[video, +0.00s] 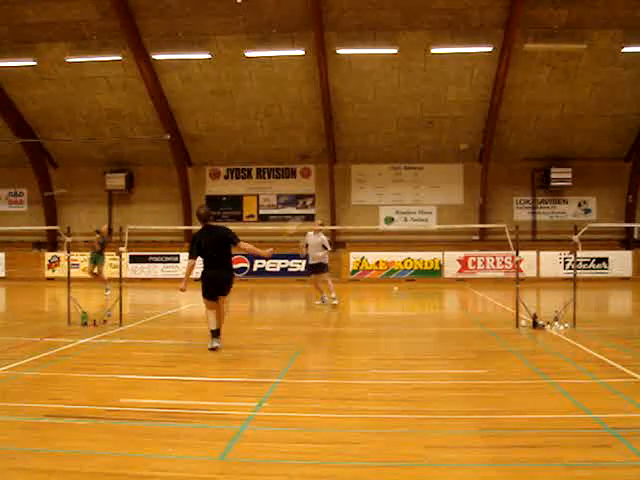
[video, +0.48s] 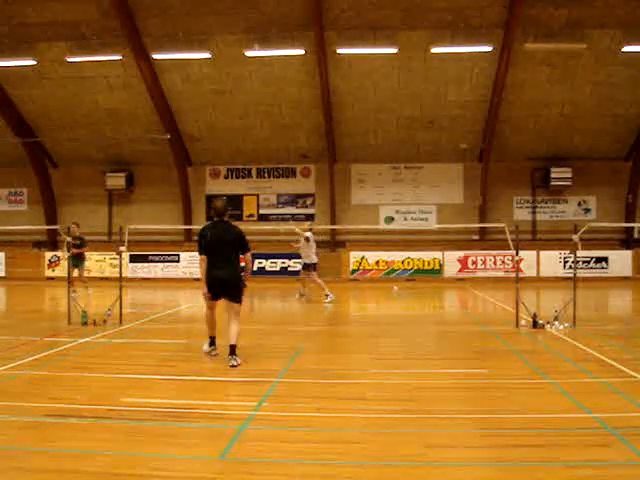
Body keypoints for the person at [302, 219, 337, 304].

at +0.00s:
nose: (316, 227)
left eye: (318, 225)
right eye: (315, 225)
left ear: (321, 227)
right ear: (313, 226)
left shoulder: (322, 238)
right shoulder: (309, 235)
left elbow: (329, 249)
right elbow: (305, 244)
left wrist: (321, 254)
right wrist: (304, 252)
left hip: (322, 261)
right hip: (312, 261)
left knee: (326, 278)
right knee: (314, 281)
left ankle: (333, 296)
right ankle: (322, 296)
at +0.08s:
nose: (313, 224)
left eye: (316, 223)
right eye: (313, 222)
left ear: (319, 225)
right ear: (312, 223)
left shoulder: (320, 234)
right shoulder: (309, 232)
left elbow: (325, 247)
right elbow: (306, 242)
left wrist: (315, 251)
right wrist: (306, 248)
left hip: (320, 259)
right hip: (311, 259)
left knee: (324, 277)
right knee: (314, 279)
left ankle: (332, 295)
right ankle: (323, 296)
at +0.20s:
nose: (310, 223)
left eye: (312, 221)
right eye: (311, 221)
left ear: (316, 223)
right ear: (311, 223)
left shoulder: (317, 233)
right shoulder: (310, 232)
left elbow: (316, 244)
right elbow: (310, 242)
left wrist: (305, 246)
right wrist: (302, 243)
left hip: (320, 258)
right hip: (312, 257)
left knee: (318, 276)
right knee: (307, 275)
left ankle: (329, 292)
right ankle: (318, 292)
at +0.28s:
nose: (309, 223)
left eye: (312, 222)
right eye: (310, 221)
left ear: (315, 224)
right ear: (312, 223)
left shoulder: (316, 233)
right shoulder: (311, 233)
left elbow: (314, 244)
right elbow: (310, 245)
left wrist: (302, 243)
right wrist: (303, 248)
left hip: (319, 259)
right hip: (312, 258)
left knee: (318, 277)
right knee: (307, 275)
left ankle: (329, 294)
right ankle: (316, 293)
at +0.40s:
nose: (309, 227)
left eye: (310, 225)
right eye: (309, 225)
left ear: (311, 226)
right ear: (309, 226)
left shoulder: (313, 234)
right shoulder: (309, 235)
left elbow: (309, 240)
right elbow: (310, 247)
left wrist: (297, 234)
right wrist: (301, 248)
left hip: (316, 261)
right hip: (309, 261)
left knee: (316, 278)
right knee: (303, 276)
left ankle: (329, 294)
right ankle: (306, 292)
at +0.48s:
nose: (303, 226)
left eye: (305, 225)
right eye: (304, 225)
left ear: (308, 227)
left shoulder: (309, 235)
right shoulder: (304, 238)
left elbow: (306, 238)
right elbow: (302, 245)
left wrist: (296, 230)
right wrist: (295, 246)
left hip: (311, 261)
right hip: (305, 261)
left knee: (314, 277)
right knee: (302, 277)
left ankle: (328, 294)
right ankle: (303, 292)